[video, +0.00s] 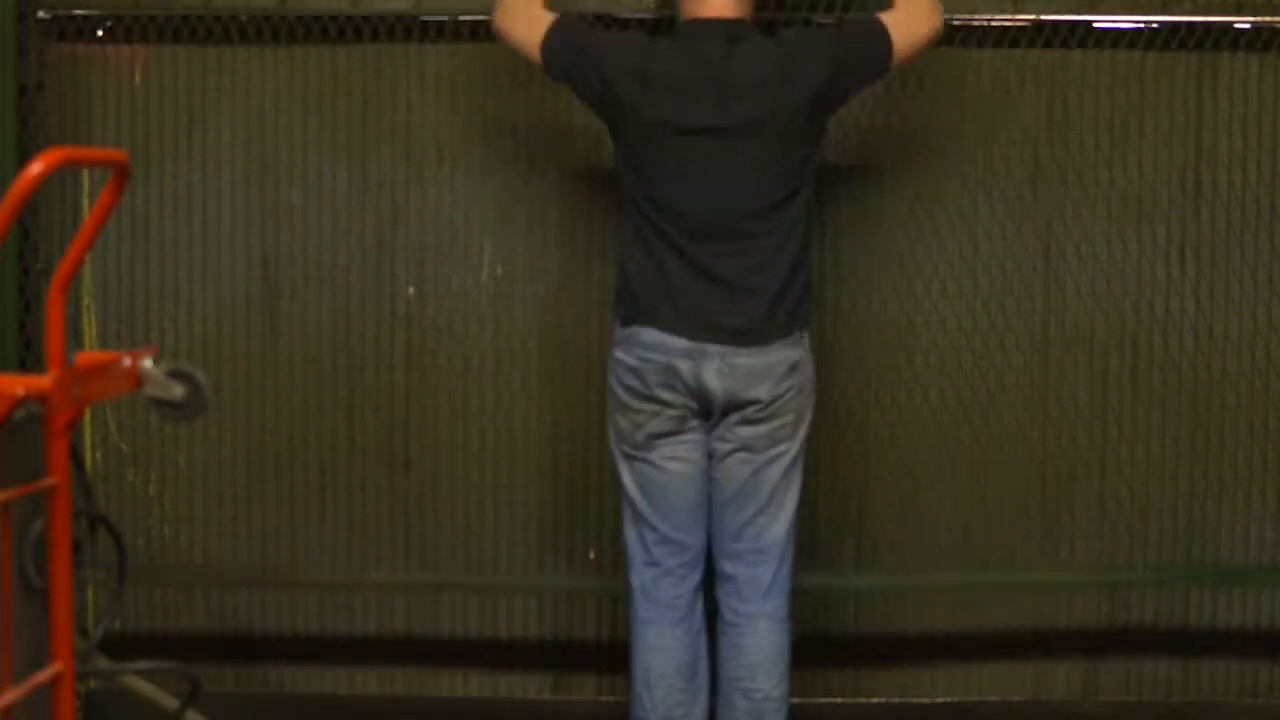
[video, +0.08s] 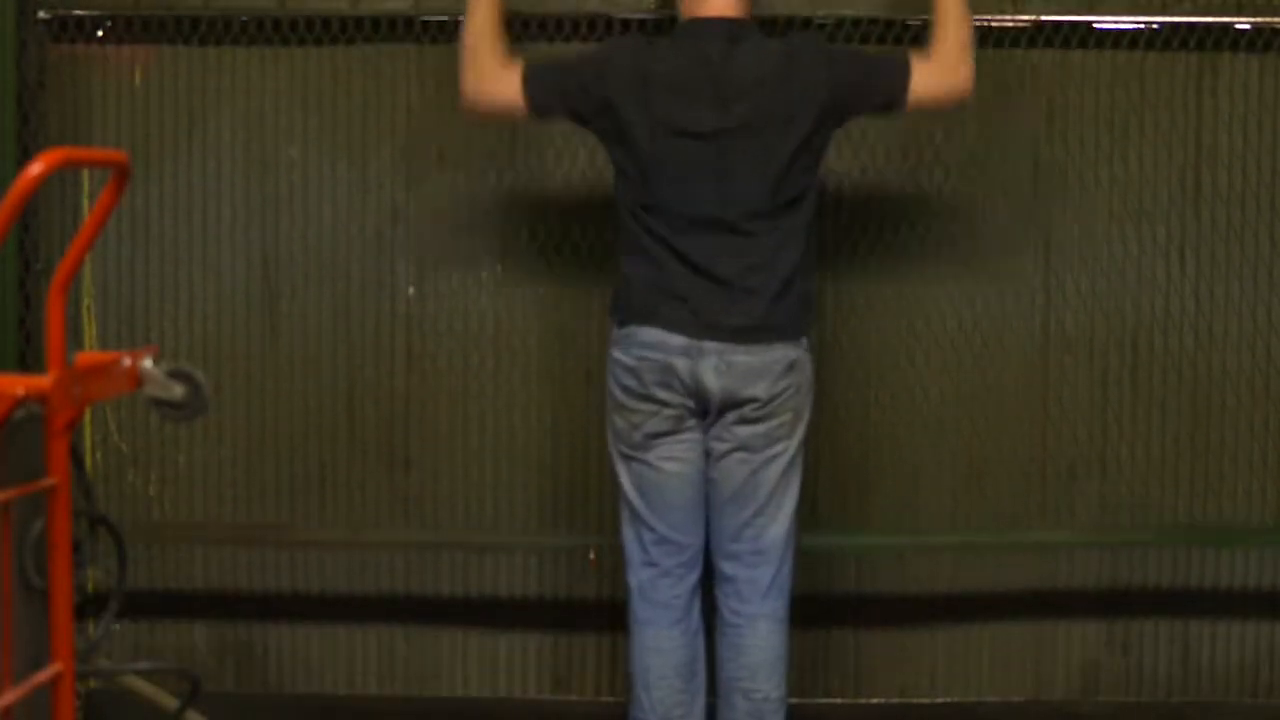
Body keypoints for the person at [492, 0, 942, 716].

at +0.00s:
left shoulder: (629, 65)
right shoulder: (802, 64)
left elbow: (516, 16)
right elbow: (920, 16)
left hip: (653, 337)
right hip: (764, 343)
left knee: (663, 571)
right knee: (755, 574)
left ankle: (668, 714)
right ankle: (754, 713)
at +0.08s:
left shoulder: (629, 68)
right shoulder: (804, 69)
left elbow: (483, 84)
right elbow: (952, 75)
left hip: (651, 338)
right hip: (764, 345)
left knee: (661, 572)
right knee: (753, 574)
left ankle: (667, 714)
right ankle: (752, 713)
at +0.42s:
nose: (656, 18)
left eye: (656, 12)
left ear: (663, 12)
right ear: (737, 13)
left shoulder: (622, 99)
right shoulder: (787, 99)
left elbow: (601, 251)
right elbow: (804, 254)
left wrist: (587, 378)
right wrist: (817, 372)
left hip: (639, 345)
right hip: (755, 354)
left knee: (657, 579)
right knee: (746, 582)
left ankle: (666, 716)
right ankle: (744, 715)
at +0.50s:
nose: (655, 18)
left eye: (655, 13)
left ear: (661, 14)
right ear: (735, 20)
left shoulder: (619, 103)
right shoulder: (786, 105)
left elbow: (603, 253)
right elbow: (801, 258)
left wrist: (590, 374)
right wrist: (814, 376)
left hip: (637, 346)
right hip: (754, 356)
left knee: (655, 582)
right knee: (746, 585)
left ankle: (666, 717)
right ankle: (745, 716)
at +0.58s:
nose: (652, 17)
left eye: (652, 12)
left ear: (659, 16)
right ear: (734, 21)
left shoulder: (615, 107)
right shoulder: (786, 106)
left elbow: (603, 258)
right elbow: (798, 263)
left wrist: (590, 357)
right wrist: (816, 353)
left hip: (637, 348)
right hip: (755, 358)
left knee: (654, 583)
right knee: (746, 585)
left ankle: (665, 717)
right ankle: (746, 716)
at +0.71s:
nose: (652, 14)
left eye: (654, 9)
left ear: (660, 14)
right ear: (738, 17)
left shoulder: (612, 102)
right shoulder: (790, 103)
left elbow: (597, 254)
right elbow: (801, 265)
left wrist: (589, 327)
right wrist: (818, 327)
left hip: (634, 357)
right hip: (753, 364)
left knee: (653, 584)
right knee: (745, 587)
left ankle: (664, 717)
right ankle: (745, 716)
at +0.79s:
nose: (658, 15)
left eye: (660, 10)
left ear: (662, 15)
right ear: (741, 17)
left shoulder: (608, 101)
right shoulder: (794, 102)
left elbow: (591, 256)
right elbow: (809, 262)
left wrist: (586, 301)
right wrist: (822, 301)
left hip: (634, 366)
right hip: (754, 370)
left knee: (653, 585)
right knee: (745, 586)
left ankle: (665, 717)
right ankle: (746, 716)